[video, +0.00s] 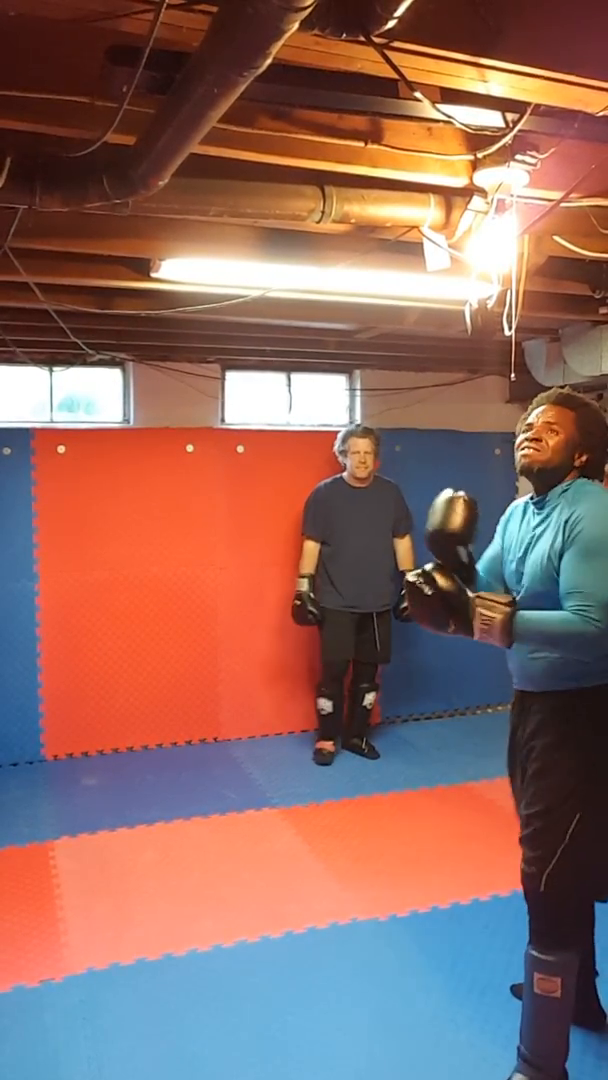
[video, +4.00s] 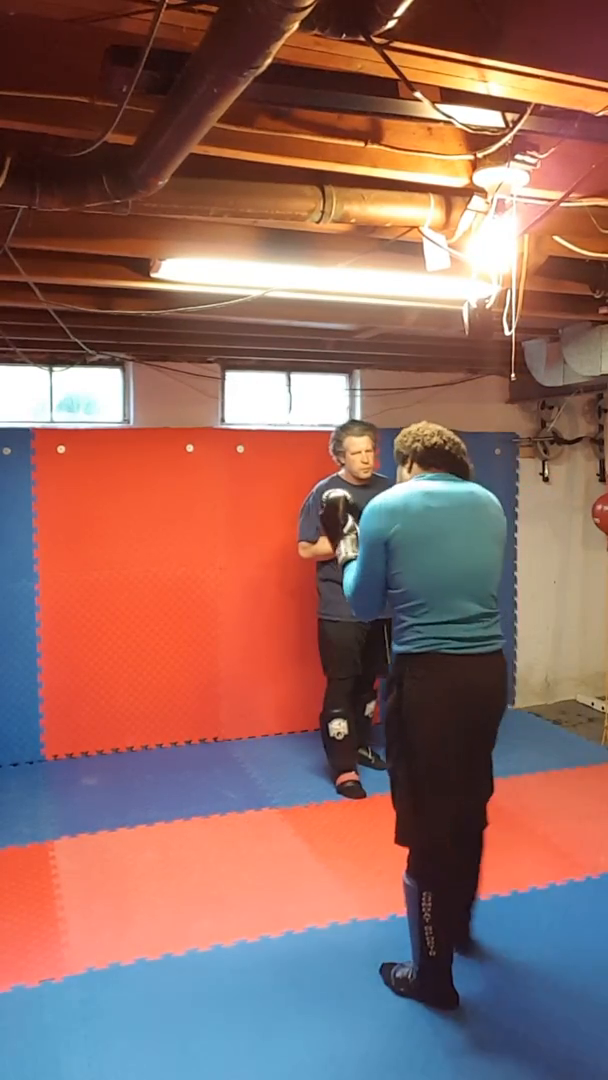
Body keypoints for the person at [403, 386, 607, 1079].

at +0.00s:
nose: (524, 437)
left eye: (542, 429)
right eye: (524, 429)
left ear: (579, 447)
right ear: (523, 444)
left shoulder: (591, 509)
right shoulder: (516, 515)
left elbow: (595, 622)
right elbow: (488, 595)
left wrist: (513, 624)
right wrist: (443, 605)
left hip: (577, 711)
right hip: (535, 707)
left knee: (550, 874)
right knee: (557, 858)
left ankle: (542, 1064)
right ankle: (575, 991)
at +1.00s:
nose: (530, 428)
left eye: (546, 420)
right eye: (521, 419)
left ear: (575, 435)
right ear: (508, 434)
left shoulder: (591, 499)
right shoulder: (492, 489)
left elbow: (597, 468)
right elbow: (415, 479)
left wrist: (548, 381)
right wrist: (430, 419)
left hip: (561, 723)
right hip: (479, 713)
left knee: (543, 905)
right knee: (443, 850)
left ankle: (542, 1065)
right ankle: (474, 974)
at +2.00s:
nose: (510, 428)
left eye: (525, 421)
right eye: (507, 417)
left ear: (562, 435)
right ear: (502, 429)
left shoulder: (588, 501)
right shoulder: (487, 489)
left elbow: (604, 483)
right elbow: (403, 482)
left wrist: (558, 391)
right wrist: (419, 405)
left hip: (561, 724)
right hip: (479, 713)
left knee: (543, 905)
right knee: (440, 847)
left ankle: (543, 1066)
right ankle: (473, 974)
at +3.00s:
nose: (481, 477)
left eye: (485, 462)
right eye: (480, 463)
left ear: (518, 458)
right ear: (531, 458)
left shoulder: (539, 507)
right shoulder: (571, 500)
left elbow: (493, 612)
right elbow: (541, 601)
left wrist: (425, 575)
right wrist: (472, 567)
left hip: (544, 704)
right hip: (578, 697)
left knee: (537, 876)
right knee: (574, 856)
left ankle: (541, 1064)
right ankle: (594, 983)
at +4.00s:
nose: (391, 473)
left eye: (393, 465)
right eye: (395, 465)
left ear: (408, 465)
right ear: (457, 463)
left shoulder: (385, 509)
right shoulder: (490, 504)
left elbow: (364, 603)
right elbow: (484, 583)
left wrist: (349, 554)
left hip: (424, 677)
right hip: (487, 673)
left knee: (427, 820)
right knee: (469, 806)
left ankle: (433, 975)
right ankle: (458, 925)